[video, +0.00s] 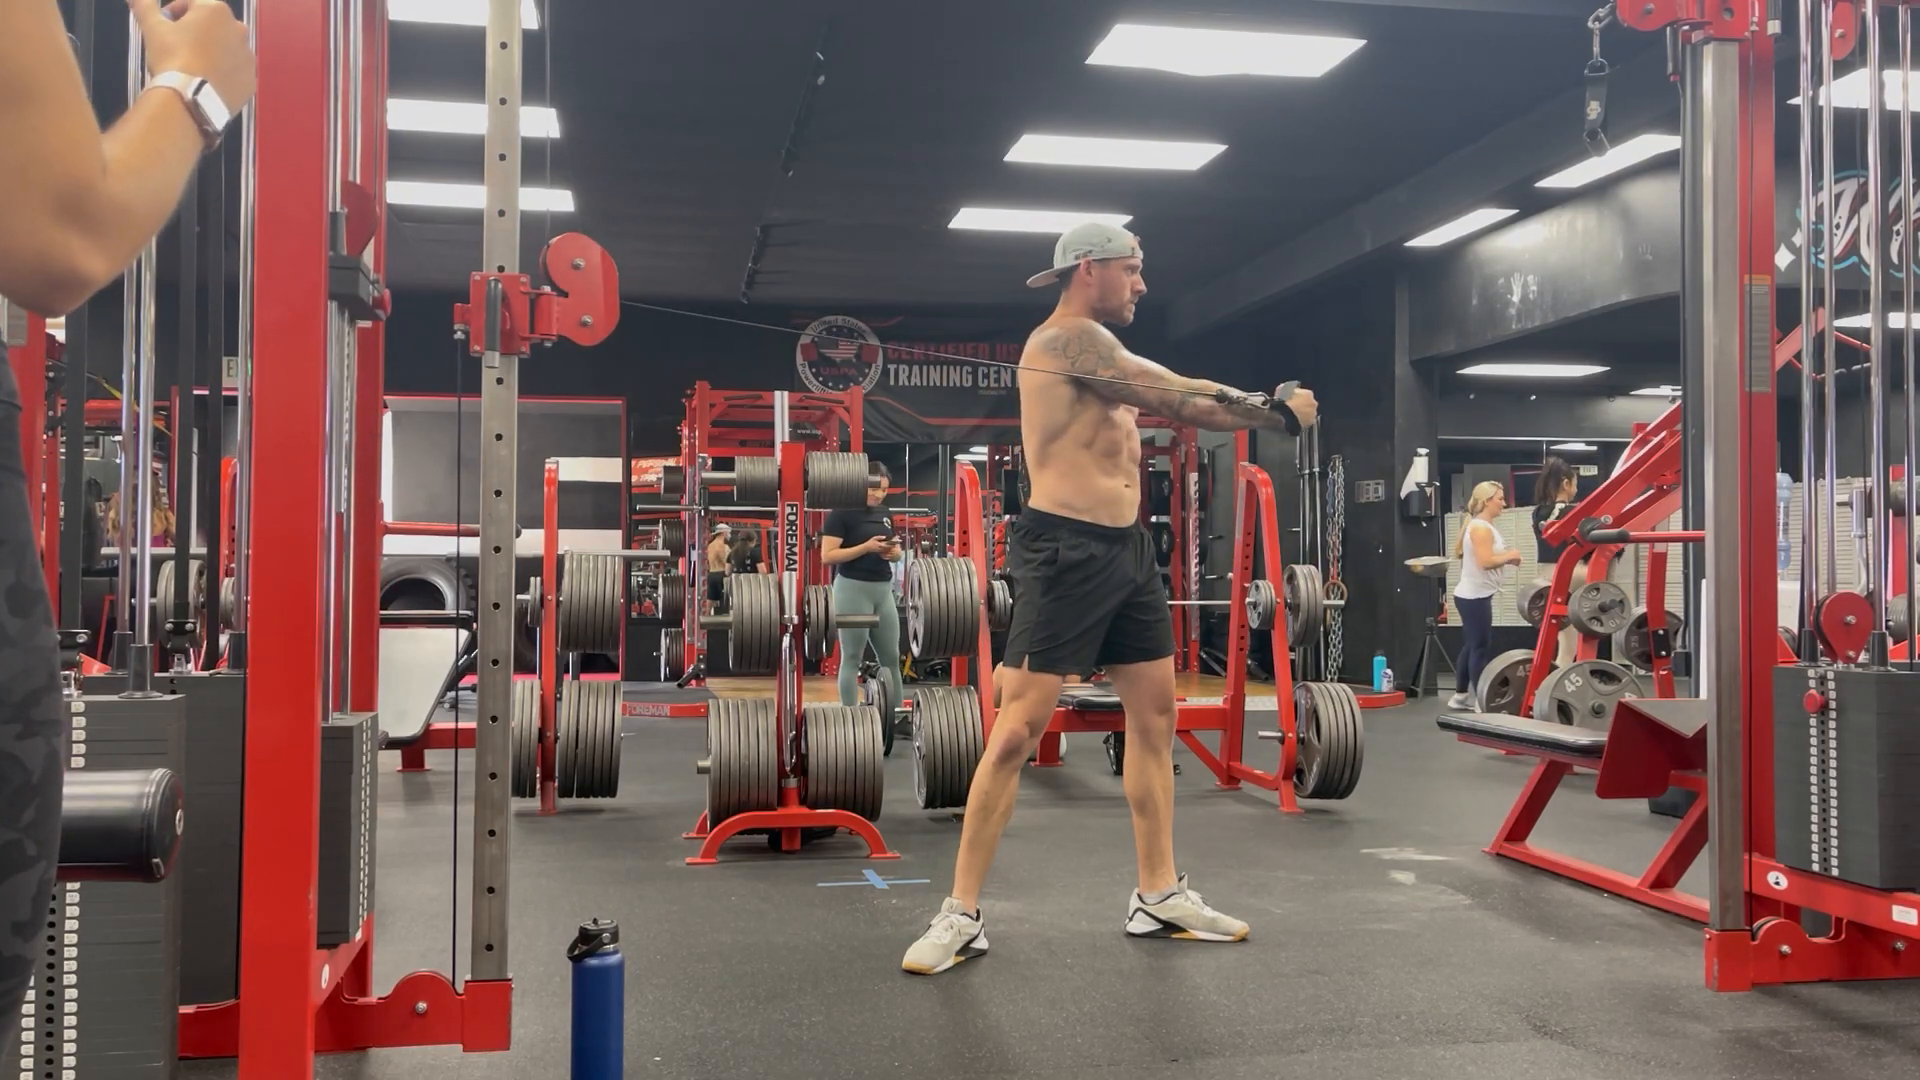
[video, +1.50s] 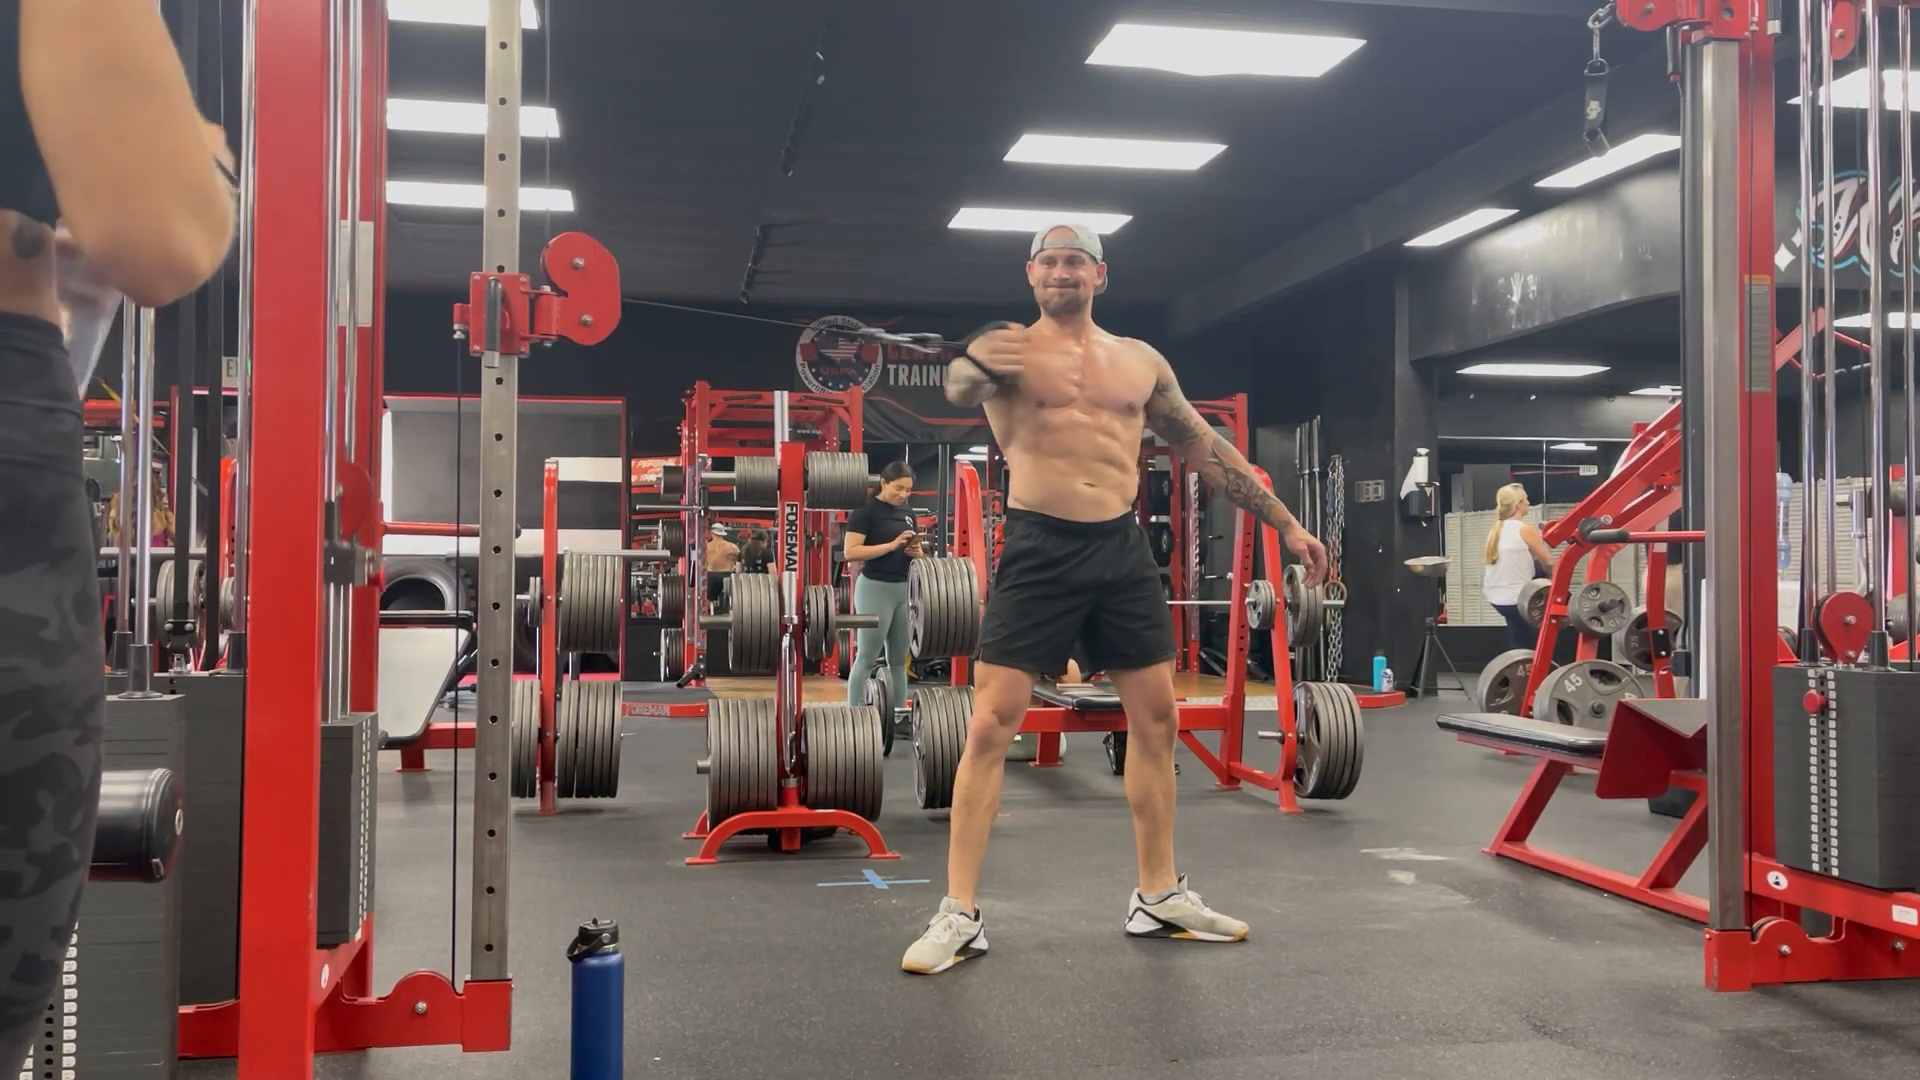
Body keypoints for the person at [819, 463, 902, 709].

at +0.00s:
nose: (875, 494)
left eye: (880, 489)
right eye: (871, 487)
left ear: (887, 490)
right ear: (860, 485)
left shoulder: (884, 514)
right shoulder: (842, 513)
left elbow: (895, 552)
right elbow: (827, 555)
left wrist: (895, 552)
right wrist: (865, 547)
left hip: (883, 591)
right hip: (852, 589)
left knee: (891, 657)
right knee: (852, 658)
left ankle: (897, 717)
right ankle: (850, 719)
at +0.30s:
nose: (891, 495)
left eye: (895, 490)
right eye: (886, 488)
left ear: (900, 489)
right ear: (873, 484)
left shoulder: (897, 513)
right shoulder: (854, 513)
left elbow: (909, 549)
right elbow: (838, 553)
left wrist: (907, 549)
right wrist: (877, 546)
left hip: (896, 590)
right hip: (865, 589)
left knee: (896, 659)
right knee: (861, 657)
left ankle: (898, 718)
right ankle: (852, 718)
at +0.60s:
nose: (900, 496)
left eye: (905, 491)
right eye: (896, 490)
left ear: (908, 491)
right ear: (881, 485)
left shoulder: (904, 515)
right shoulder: (862, 515)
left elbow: (918, 551)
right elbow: (848, 554)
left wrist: (916, 548)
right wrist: (886, 546)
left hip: (900, 592)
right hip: (874, 592)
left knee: (898, 660)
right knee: (867, 659)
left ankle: (901, 716)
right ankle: (853, 715)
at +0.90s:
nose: (905, 496)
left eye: (909, 492)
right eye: (900, 490)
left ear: (912, 490)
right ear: (885, 485)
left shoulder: (909, 514)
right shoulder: (866, 513)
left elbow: (921, 551)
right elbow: (853, 554)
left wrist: (918, 549)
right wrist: (892, 546)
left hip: (904, 591)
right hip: (876, 590)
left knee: (900, 659)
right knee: (869, 658)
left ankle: (901, 715)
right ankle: (854, 715)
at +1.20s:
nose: (905, 495)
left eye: (908, 490)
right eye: (900, 489)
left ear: (911, 489)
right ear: (884, 484)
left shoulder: (908, 514)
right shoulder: (866, 513)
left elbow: (921, 554)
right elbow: (851, 553)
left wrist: (919, 549)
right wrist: (891, 545)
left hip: (902, 591)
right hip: (875, 590)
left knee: (899, 659)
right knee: (868, 658)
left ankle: (901, 716)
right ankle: (854, 716)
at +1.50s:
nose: (904, 494)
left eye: (907, 489)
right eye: (899, 488)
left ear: (910, 489)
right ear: (883, 483)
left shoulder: (904, 514)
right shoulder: (865, 512)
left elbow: (915, 554)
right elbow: (850, 552)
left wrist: (916, 550)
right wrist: (891, 546)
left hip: (901, 591)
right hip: (874, 590)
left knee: (898, 660)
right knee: (867, 658)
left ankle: (901, 716)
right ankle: (854, 715)